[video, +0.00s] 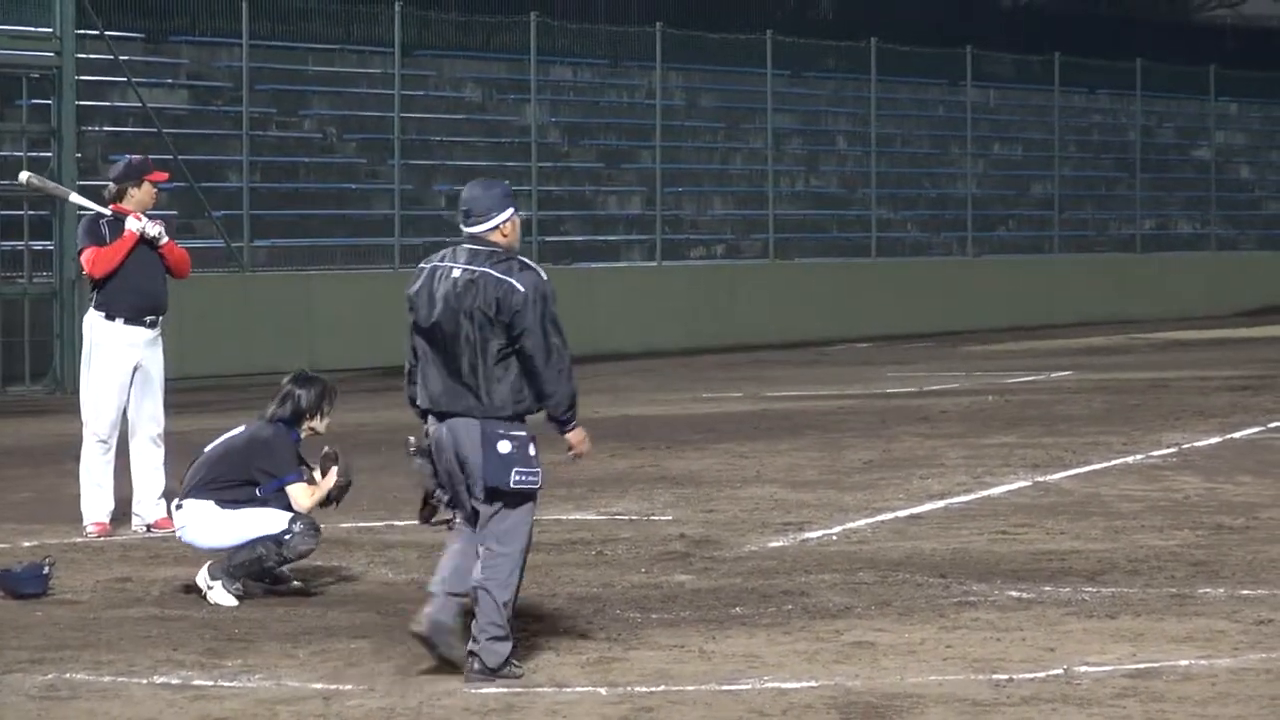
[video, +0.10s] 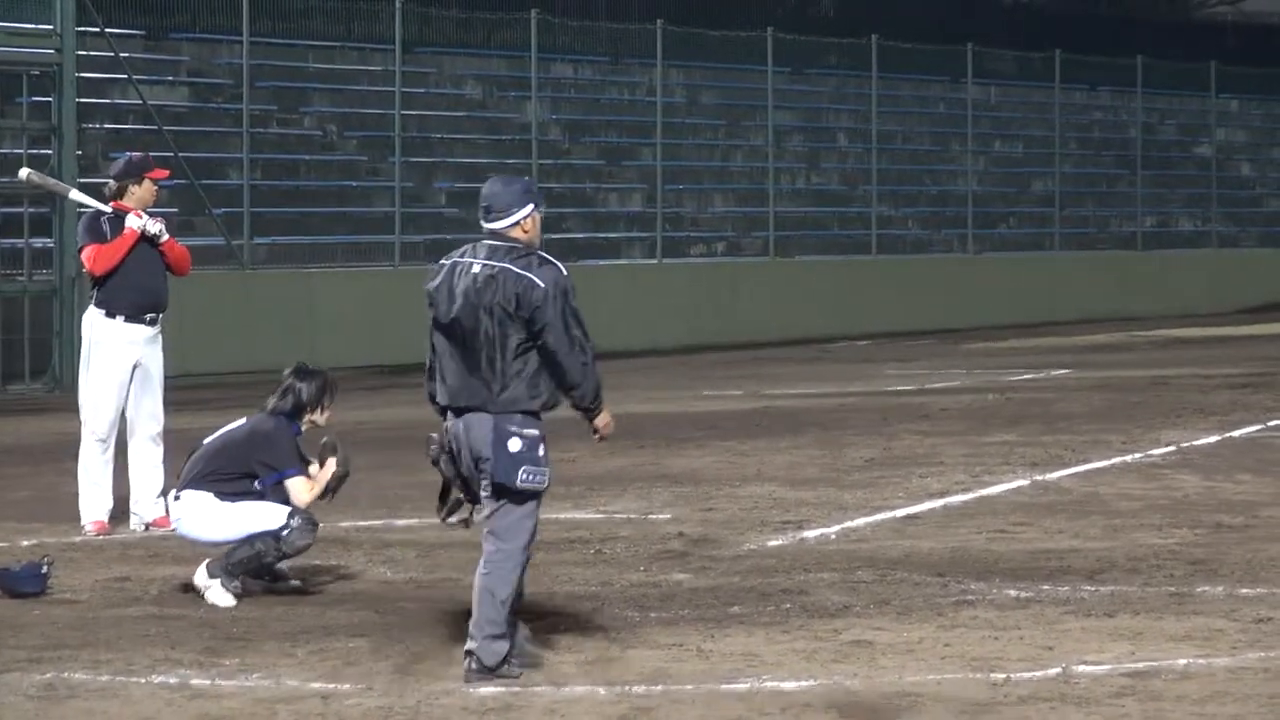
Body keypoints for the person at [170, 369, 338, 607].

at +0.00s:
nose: (329, 414)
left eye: (329, 408)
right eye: (326, 408)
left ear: (292, 405)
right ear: (310, 413)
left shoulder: (273, 431)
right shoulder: (278, 438)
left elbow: (300, 474)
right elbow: (303, 503)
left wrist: (321, 485)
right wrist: (327, 484)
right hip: (201, 519)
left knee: (293, 504)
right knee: (303, 531)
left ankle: (263, 567)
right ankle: (219, 574)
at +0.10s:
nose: (330, 410)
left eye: (330, 403)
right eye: (327, 403)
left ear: (296, 398)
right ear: (311, 406)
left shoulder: (273, 424)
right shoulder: (277, 431)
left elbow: (301, 467)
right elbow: (302, 499)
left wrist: (320, 475)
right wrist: (326, 474)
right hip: (197, 509)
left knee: (290, 501)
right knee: (300, 527)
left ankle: (261, 566)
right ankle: (216, 573)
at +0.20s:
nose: (332, 405)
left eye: (332, 398)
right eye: (329, 399)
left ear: (296, 396)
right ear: (314, 403)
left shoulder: (273, 422)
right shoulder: (282, 431)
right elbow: (307, 497)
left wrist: (319, 471)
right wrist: (328, 472)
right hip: (203, 508)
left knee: (294, 496)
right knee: (305, 524)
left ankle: (265, 565)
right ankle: (221, 571)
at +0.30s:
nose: (327, 407)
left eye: (327, 401)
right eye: (324, 401)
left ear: (292, 400)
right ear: (308, 406)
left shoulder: (269, 425)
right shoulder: (277, 434)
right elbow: (304, 499)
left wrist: (314, 474)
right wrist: (325, 475)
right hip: (201, 516)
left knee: (291, 499)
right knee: (303, 527)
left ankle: (262, 565)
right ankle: (218, 571)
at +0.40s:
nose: (321, 411)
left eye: (320, 404)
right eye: (318, 405)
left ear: (284, 403)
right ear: (302, 409)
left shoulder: (270, 432)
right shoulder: (271, 439)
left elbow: (299, 472)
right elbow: (301, 503)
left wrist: (317, 480)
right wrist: (325, 486)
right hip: (202, 524)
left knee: (294, 510)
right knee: (301, 530)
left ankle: (261, 569)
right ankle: (218, 574)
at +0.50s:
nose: (321, 399)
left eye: (319, 393)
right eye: (315, 394)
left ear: (286, 399)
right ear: (297, 401)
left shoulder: (279, 430)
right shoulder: (267, 433)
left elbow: (308, 469)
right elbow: (295, 496)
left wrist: (333, 483)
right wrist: (329, 501)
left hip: (222, 511)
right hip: (201, 518)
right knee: (296, 524)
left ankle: (263, 567)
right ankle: (218, 574)